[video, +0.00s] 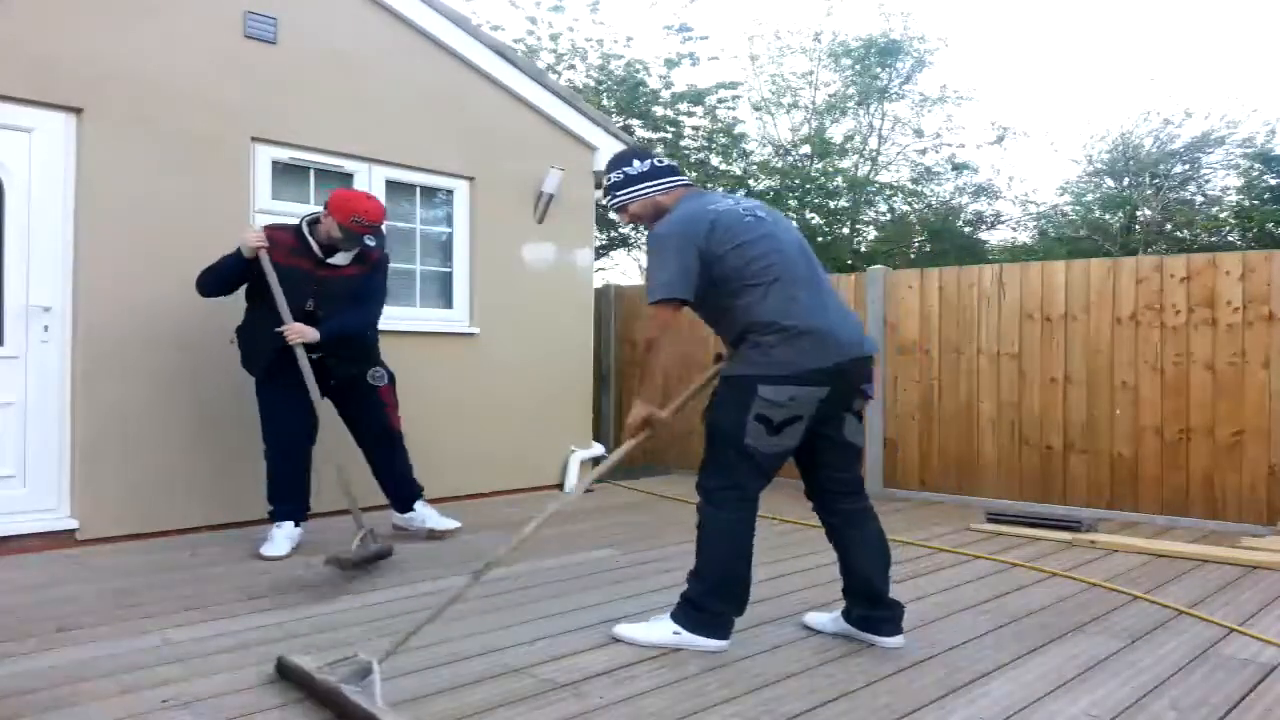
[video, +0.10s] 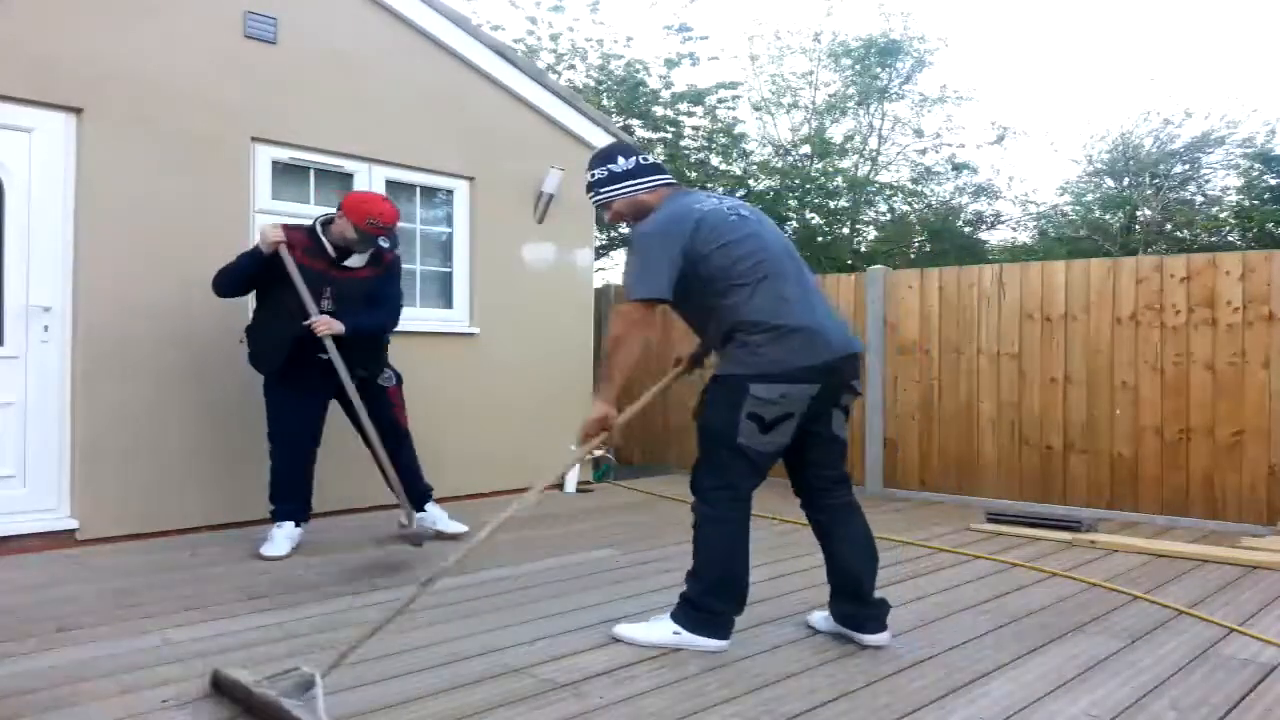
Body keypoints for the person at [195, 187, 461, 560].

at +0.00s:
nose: (355, 245)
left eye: (361, 239)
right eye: (351, 237)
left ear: (366, 232)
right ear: (329, 222)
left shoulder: (371, 259)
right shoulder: (275, 243)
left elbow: (365, 317)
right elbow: (206, 286)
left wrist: (318, 332)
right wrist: (242, 255)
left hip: (343, 351)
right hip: (280, 353)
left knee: (378, 425)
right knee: (289, 433)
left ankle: (409, 507)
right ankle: (286, 523)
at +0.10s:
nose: (369, 247)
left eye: (374, 241)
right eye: (366, 239)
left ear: (372, 233)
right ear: (343, 224)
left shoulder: (383, 259)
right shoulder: (289, 244)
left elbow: (388, 316)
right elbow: (223, 287)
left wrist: (344, 324)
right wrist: (260, 252)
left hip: (357, 360)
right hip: (294, 361)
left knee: (390, 430)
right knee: (292, 443)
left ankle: (422, 508)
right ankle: (287, 523)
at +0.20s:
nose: (383, 247)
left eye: (390, 241)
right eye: (380, 238)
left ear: (396, 237)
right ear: (360, 220)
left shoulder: (398, 263)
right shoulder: (309, 246)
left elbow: (409, 317)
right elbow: (245, 290)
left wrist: (378, 325)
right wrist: (284, 256)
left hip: (370, 366)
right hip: (308, 366)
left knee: (396, 437)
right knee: (299, 446)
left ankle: (415, 513)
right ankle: (289, 523)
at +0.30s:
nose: (407, 249)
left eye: (413, 243)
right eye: (404, 240)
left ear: (415, 238)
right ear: (383, 223)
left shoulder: (416, 265)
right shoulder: (328, 247)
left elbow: (432, 318)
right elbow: (272, 294)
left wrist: (414, 331)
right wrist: (311, 266)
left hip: (384, 370)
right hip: (323, 367)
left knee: (405, 441)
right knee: (310, 448)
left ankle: (415, 515)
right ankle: (290, 524)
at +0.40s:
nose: (427, 253)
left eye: (432, 247)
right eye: (425, 243)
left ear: (431, 242)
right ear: (408, 226)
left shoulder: (432, 270)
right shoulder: (346, 249)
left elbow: (450, 314)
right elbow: (299, 297)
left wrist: (447, 335)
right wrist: (346, 279)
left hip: (399, 371)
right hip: (340, 368)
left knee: (417, 438)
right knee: (321, 444)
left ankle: (415, 514)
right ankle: (291, 522)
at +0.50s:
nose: (445, 255)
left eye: (450, 250)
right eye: (443, 246)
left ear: (432, 234)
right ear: (424, 228)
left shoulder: (446, 270)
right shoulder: (361, 250)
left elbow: (463, 311)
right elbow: (330, 300)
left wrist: (478, 342)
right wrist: (383, 294)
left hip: (412, 371)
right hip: (352, 367)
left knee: (421, 440)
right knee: (329, 443)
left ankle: (416, 514)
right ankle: (298, 520)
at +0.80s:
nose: (467, 259)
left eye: (471, 254)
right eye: (466, 250)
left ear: (457, 242)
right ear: (447, 234)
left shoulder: (465, 275)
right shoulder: (385, 253)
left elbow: (485, 317)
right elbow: (361, 306)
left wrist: (515, 362)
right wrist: (426, 317)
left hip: (421, 367)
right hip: (368, 362)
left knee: (425, 437)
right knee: (363, 435)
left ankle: (416, 514)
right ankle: (339, 512)